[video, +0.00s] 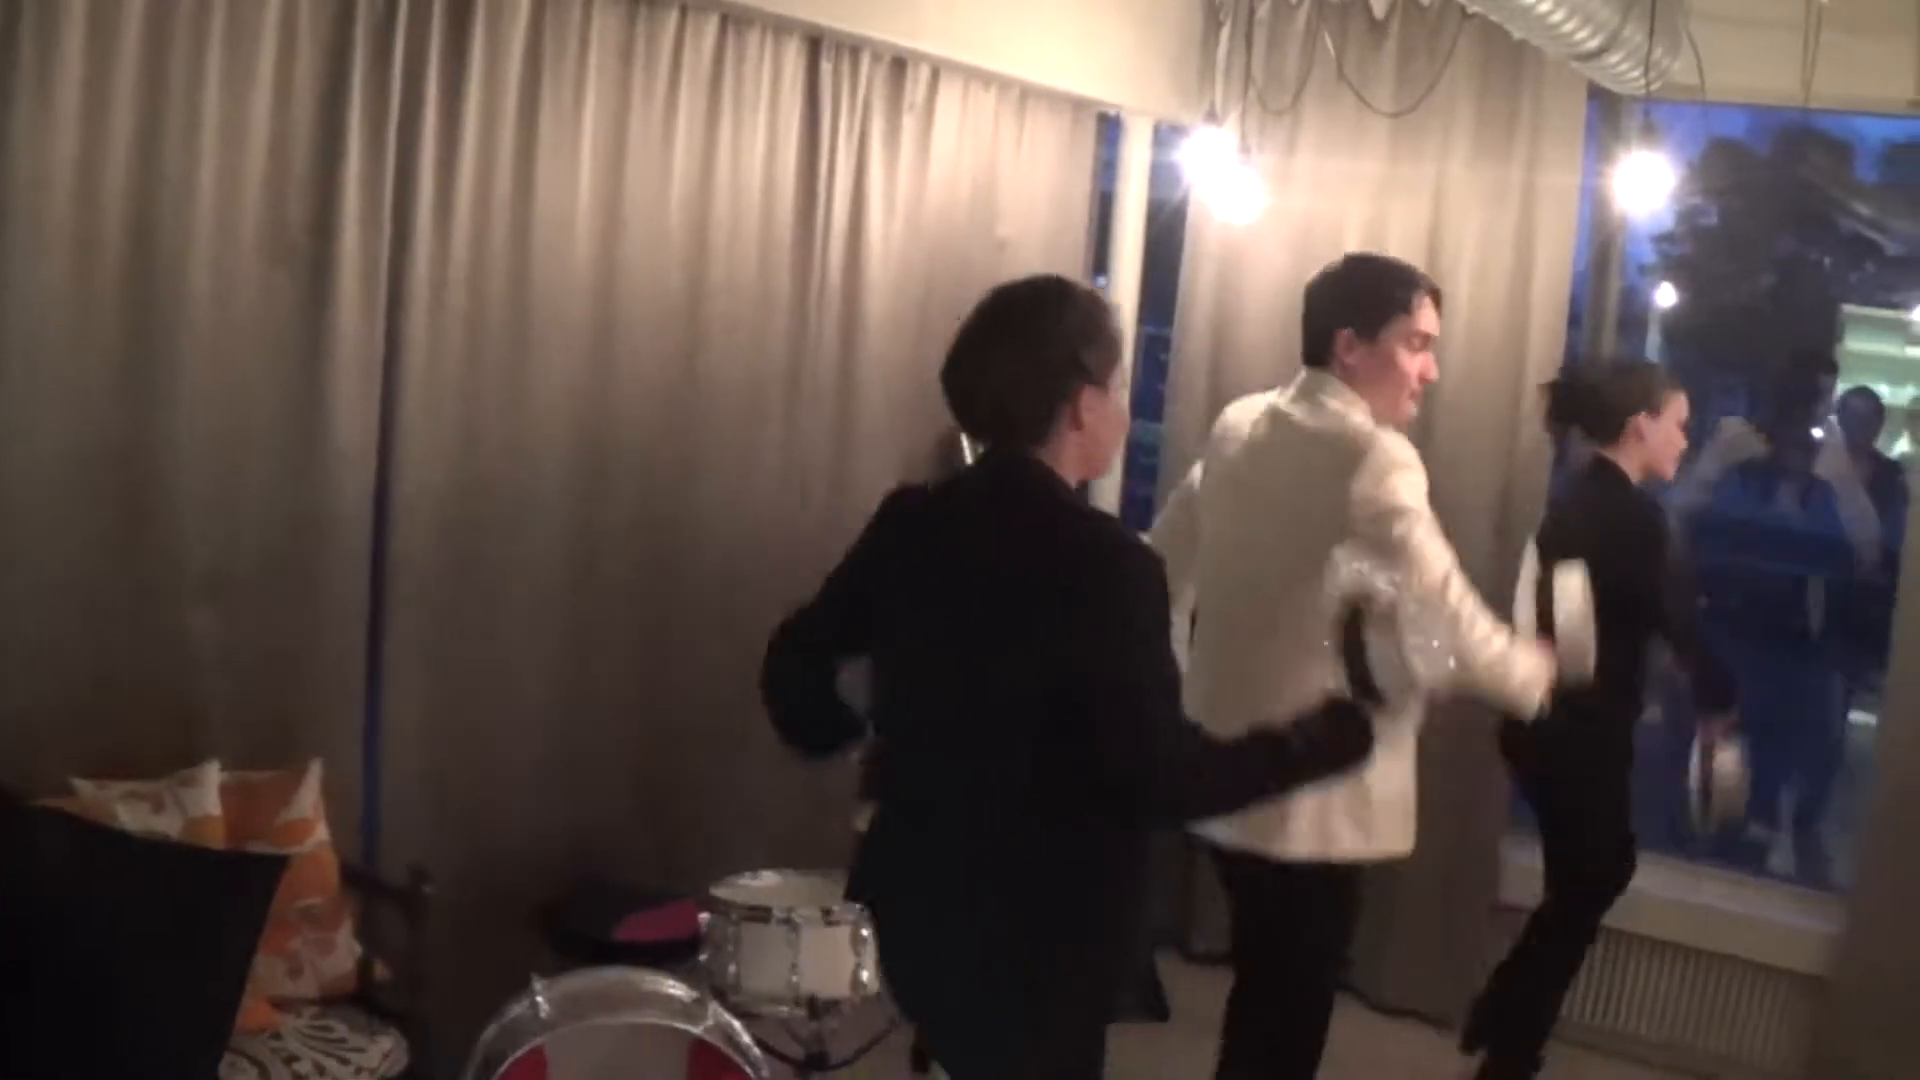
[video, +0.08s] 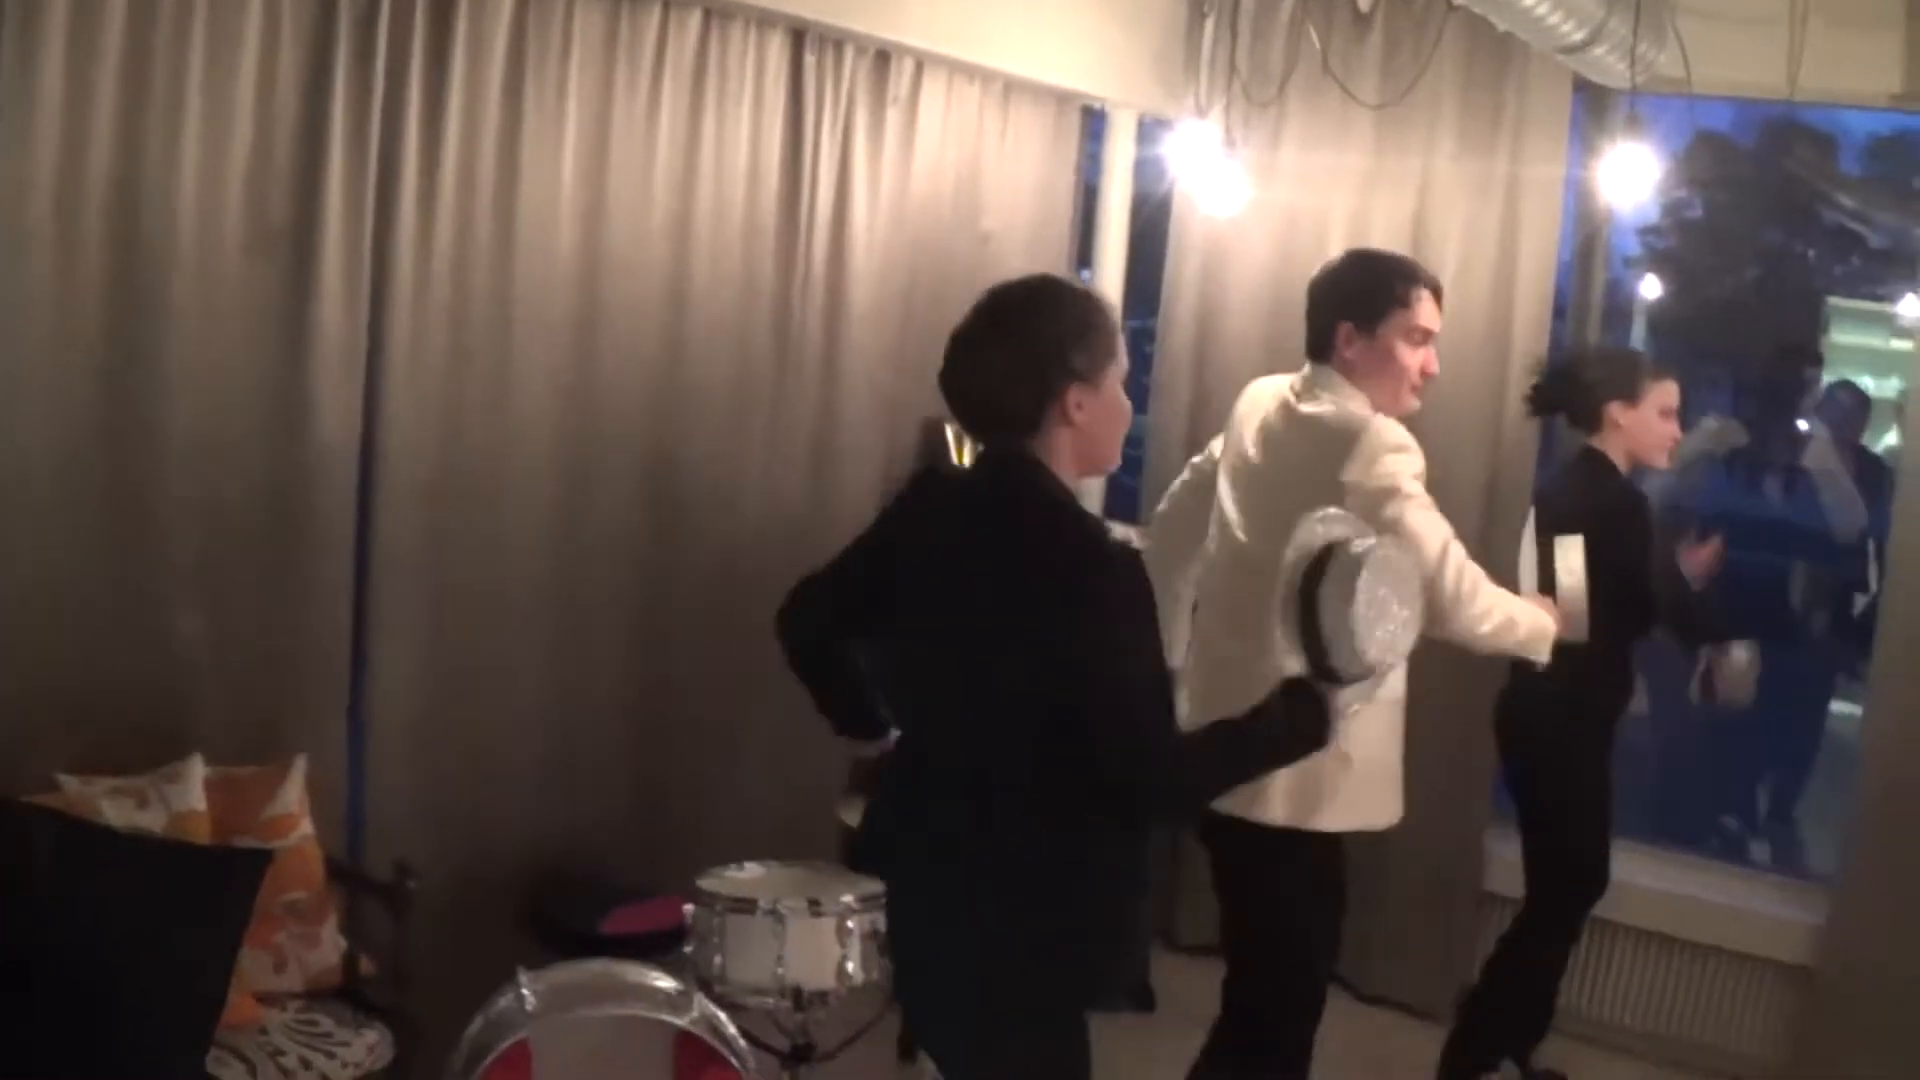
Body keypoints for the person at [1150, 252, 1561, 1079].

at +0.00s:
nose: (1432, 372)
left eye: (1431, 349)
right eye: (1418, 347)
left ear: (1337, 349)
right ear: (1350, 348)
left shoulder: (1241, 425)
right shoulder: (1376, 462)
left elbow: (1164, 557)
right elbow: (1440, 626)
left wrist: (1177, 674)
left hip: (1226, 782)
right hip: (1316, 805)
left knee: (1257, 1012)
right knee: (1286, 1034)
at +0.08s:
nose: (1433, 366)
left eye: (1433, 344)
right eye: (1418, 341)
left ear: (1340, 341)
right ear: (1349, 340)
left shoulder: (1258, 406)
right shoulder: (1374, 448)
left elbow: (1167, 534)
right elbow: (1451, 593)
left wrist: (1166, 649)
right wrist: (1544, 624)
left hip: (1224, 765)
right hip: (1299, 792)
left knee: (1255, 1003)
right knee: (1280, 1016)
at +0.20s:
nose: (1422, 363)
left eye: (1423, 342)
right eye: (1404, 340)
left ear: (1350, 348)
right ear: (1337, 342)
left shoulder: (1312, 437)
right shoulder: (1314, 458)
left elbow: (1350, 635)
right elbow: (1353, 654)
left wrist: (1457, 693)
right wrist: (1472, 702)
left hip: (1272, 764)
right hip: (1265, 777)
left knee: (1261, 1002)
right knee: (1271, 1008)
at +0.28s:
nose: (1411, 371)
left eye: (1412, 349)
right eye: (1392, 349)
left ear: (1338, 354)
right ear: (1326, 352)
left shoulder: (1309, 455)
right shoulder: (1289, 479)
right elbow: (1282, 679)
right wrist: (1387, 783)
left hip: (1262, 797)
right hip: (1251, 807)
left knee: (1267, 1002)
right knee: (1283, 1009)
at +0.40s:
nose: (1379, 352)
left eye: (1381, 330)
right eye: (1359, 329)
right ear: (1291, 334)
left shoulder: (1325, 443)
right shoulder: (1231, 461)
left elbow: (1360, 584)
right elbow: (1181, 648)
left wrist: (1460, 667)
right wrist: (1271, 784)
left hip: (1287, 780)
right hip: (1222, 788)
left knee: (1253, 978)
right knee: (1254, 981)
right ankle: (1165, 1076)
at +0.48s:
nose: (1355, 320)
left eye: (1357, 299)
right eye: (1335, 298)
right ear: (1268, 305)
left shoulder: (1319, 414)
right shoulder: (1195, 429)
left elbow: (1368, 549)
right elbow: (1133, 599)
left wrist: (1475, 618)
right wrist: (1212, 719)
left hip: (1280, 755)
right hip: (1198, 764)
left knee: (1223, 973)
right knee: (1205, 980)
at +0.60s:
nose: (1312, 281)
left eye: (1315, 261)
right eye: (1292, 260)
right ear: (1221, 266)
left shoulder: (1285, 378)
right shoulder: (1149, 388)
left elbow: (1336, 511)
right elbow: (1088, 572)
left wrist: (1453, 571)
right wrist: (1163, 658)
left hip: (1230, 737)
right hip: (1147, 748)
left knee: (1176, 970)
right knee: (1131, 972)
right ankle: (1062, 1072)